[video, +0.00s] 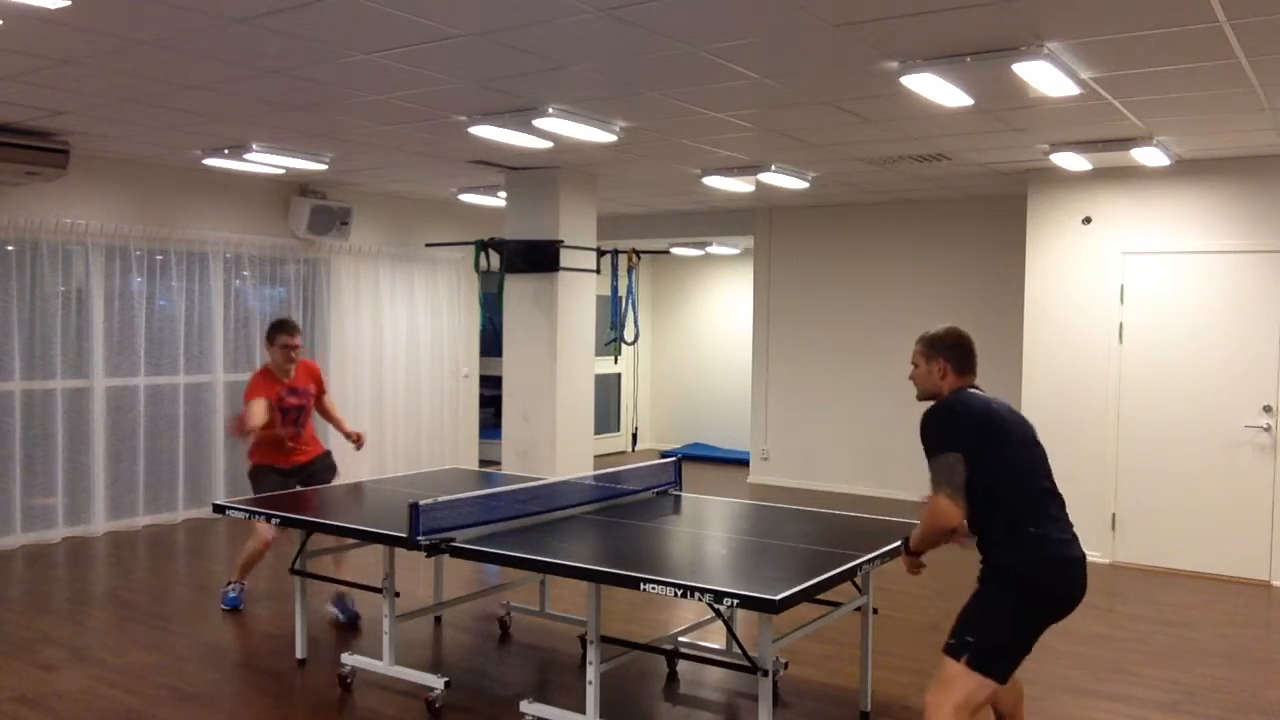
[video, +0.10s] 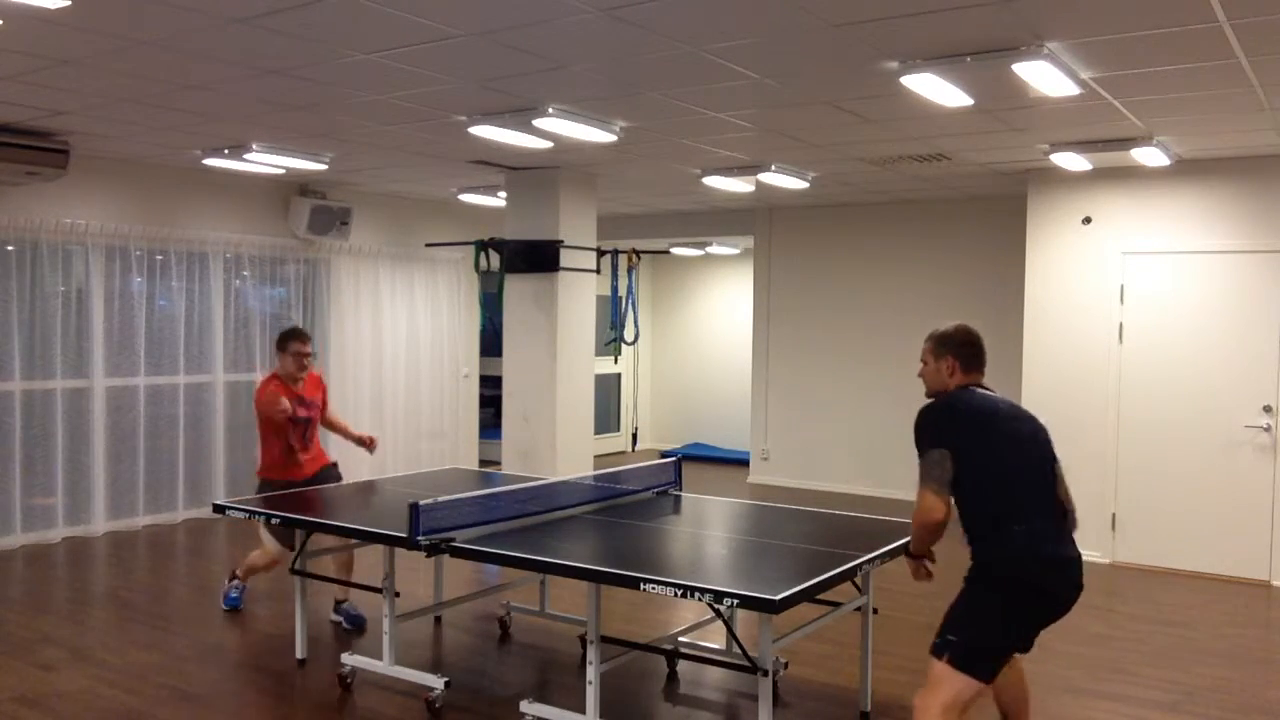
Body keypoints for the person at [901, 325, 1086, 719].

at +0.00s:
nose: (911, 374)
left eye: (916, 365)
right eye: (912, 365)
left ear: (941, 369)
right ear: (951, 370)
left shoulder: (946, 413)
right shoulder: (999, 411)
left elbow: (947, 516)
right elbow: (1016, 505)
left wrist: (914, 548)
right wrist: (961, 528)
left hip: (1023, 571)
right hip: (1063, 568)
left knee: (945, 701)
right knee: (996, 675)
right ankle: (1011, 713)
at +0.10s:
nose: (921, 373)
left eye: (925, 364)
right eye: (921, 364)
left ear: (949, 367)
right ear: (974, 369)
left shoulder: (940, 414)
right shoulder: (1022, 417)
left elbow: (933, 513)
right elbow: (1065, 511)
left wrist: (916, 552)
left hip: (1006, 571)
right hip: (1062, 570)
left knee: (935, 702)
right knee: (997, 652)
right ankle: (1017, 713)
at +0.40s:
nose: (925, 377)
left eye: (928, 366)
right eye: (925, 366)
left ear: (948, 366)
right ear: (981, 368)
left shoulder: (934, 416)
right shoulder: (1023, 423)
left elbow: (923, 516)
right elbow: (1023, 507)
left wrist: (913, 560)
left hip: (987, 583)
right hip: (1047, 579)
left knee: (901, 705)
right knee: (995, 658)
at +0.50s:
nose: (910, 367)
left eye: (913, 356)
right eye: (911, 357)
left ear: (933, 356)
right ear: (960, 357)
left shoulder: (935, 413)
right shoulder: (995, 407)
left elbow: (935, 520)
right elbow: (973, 488)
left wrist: (904, 556)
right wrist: (900, 468)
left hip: (998, 587)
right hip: (1047, 580)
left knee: (896, 708)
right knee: (986, 655)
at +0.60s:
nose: (889, 365)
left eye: (893, 355)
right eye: (889, 355)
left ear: (912, 358)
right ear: (930, 358)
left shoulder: (938, 417)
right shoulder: (963, 404)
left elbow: (953, 532)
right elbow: (892, 418)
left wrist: (898, 564)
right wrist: (840, 399)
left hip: (1010, 588)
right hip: (1042, 578)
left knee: (900, 708)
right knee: (986, 666)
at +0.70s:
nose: (871, 370)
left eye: (873, 360)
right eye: (871, 360)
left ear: (894, 364)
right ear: (923, 358)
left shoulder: (925, 426)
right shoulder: (953, 400)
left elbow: (955, 544)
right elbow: (906, 415)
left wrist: (901, 577)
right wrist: (847, 390)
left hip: (1011, 590)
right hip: (1044, 577)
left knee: (898, 708)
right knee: (988, 662)